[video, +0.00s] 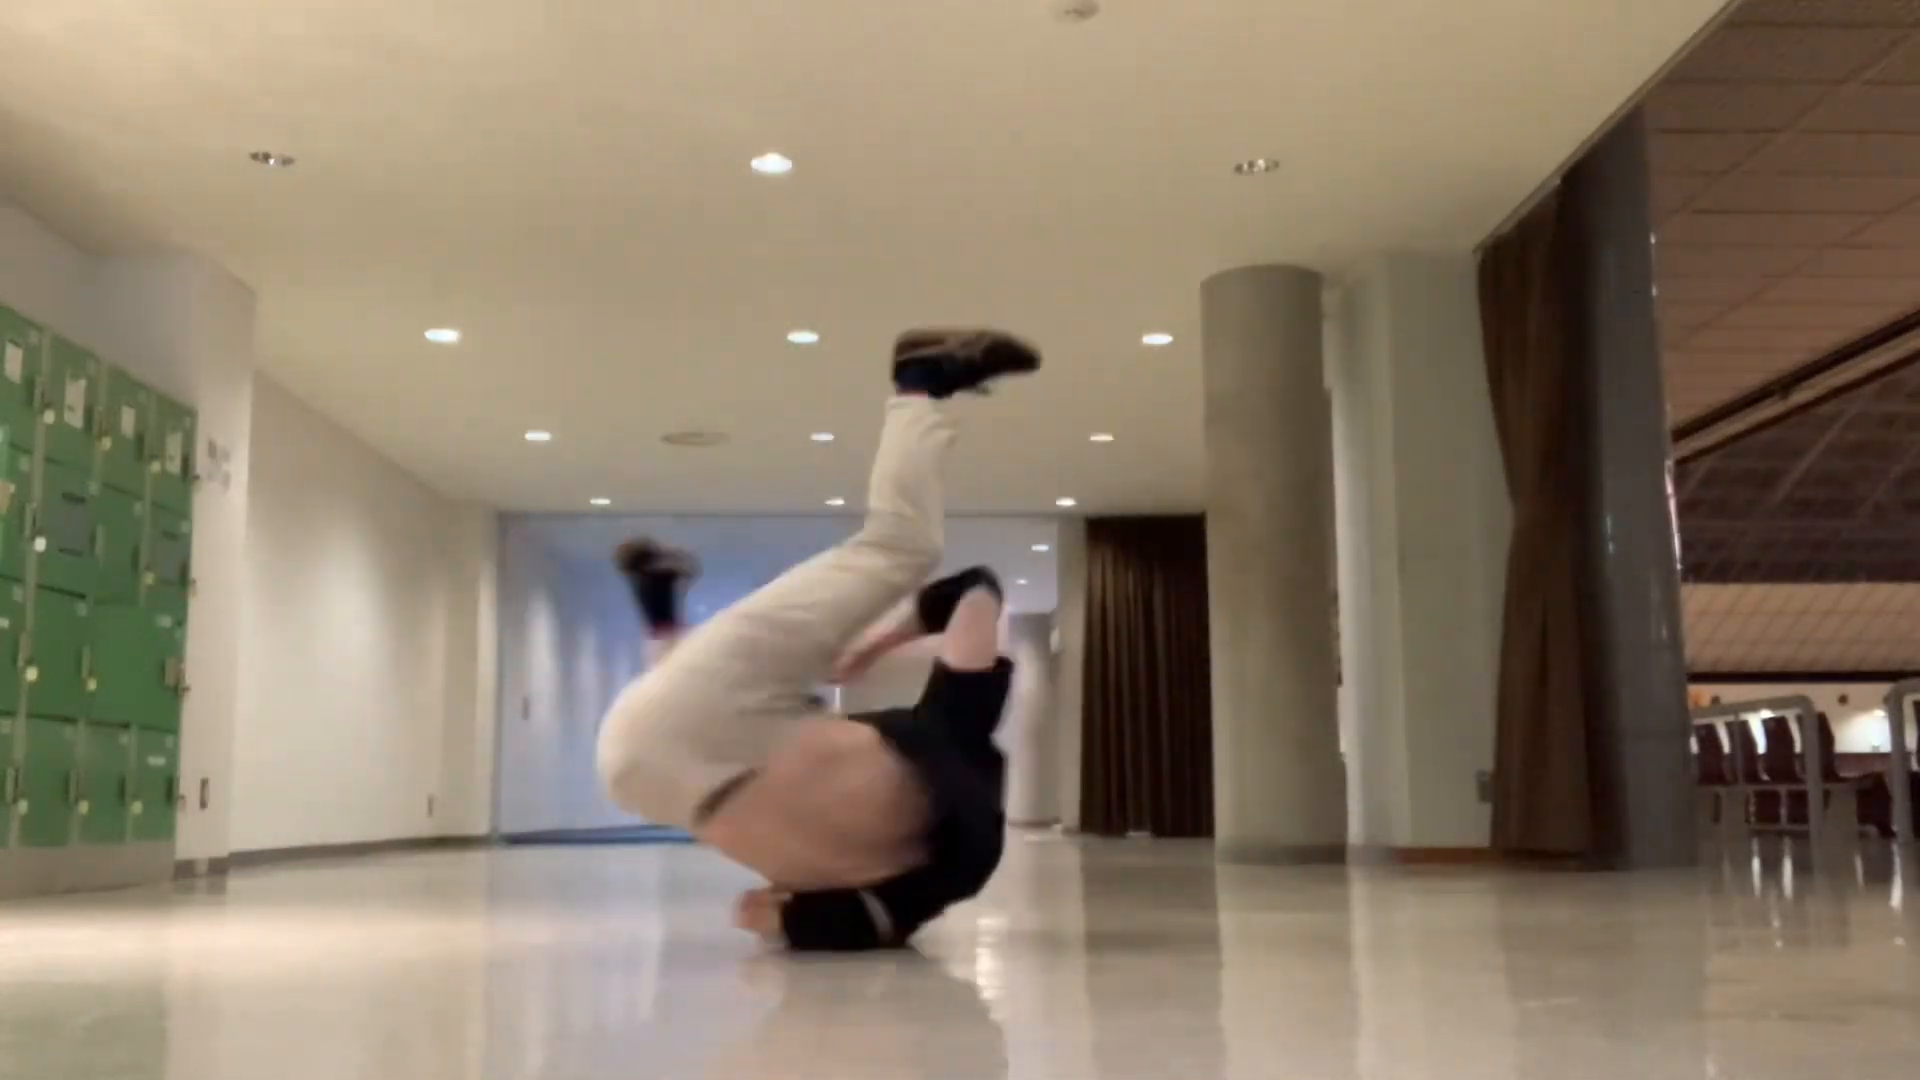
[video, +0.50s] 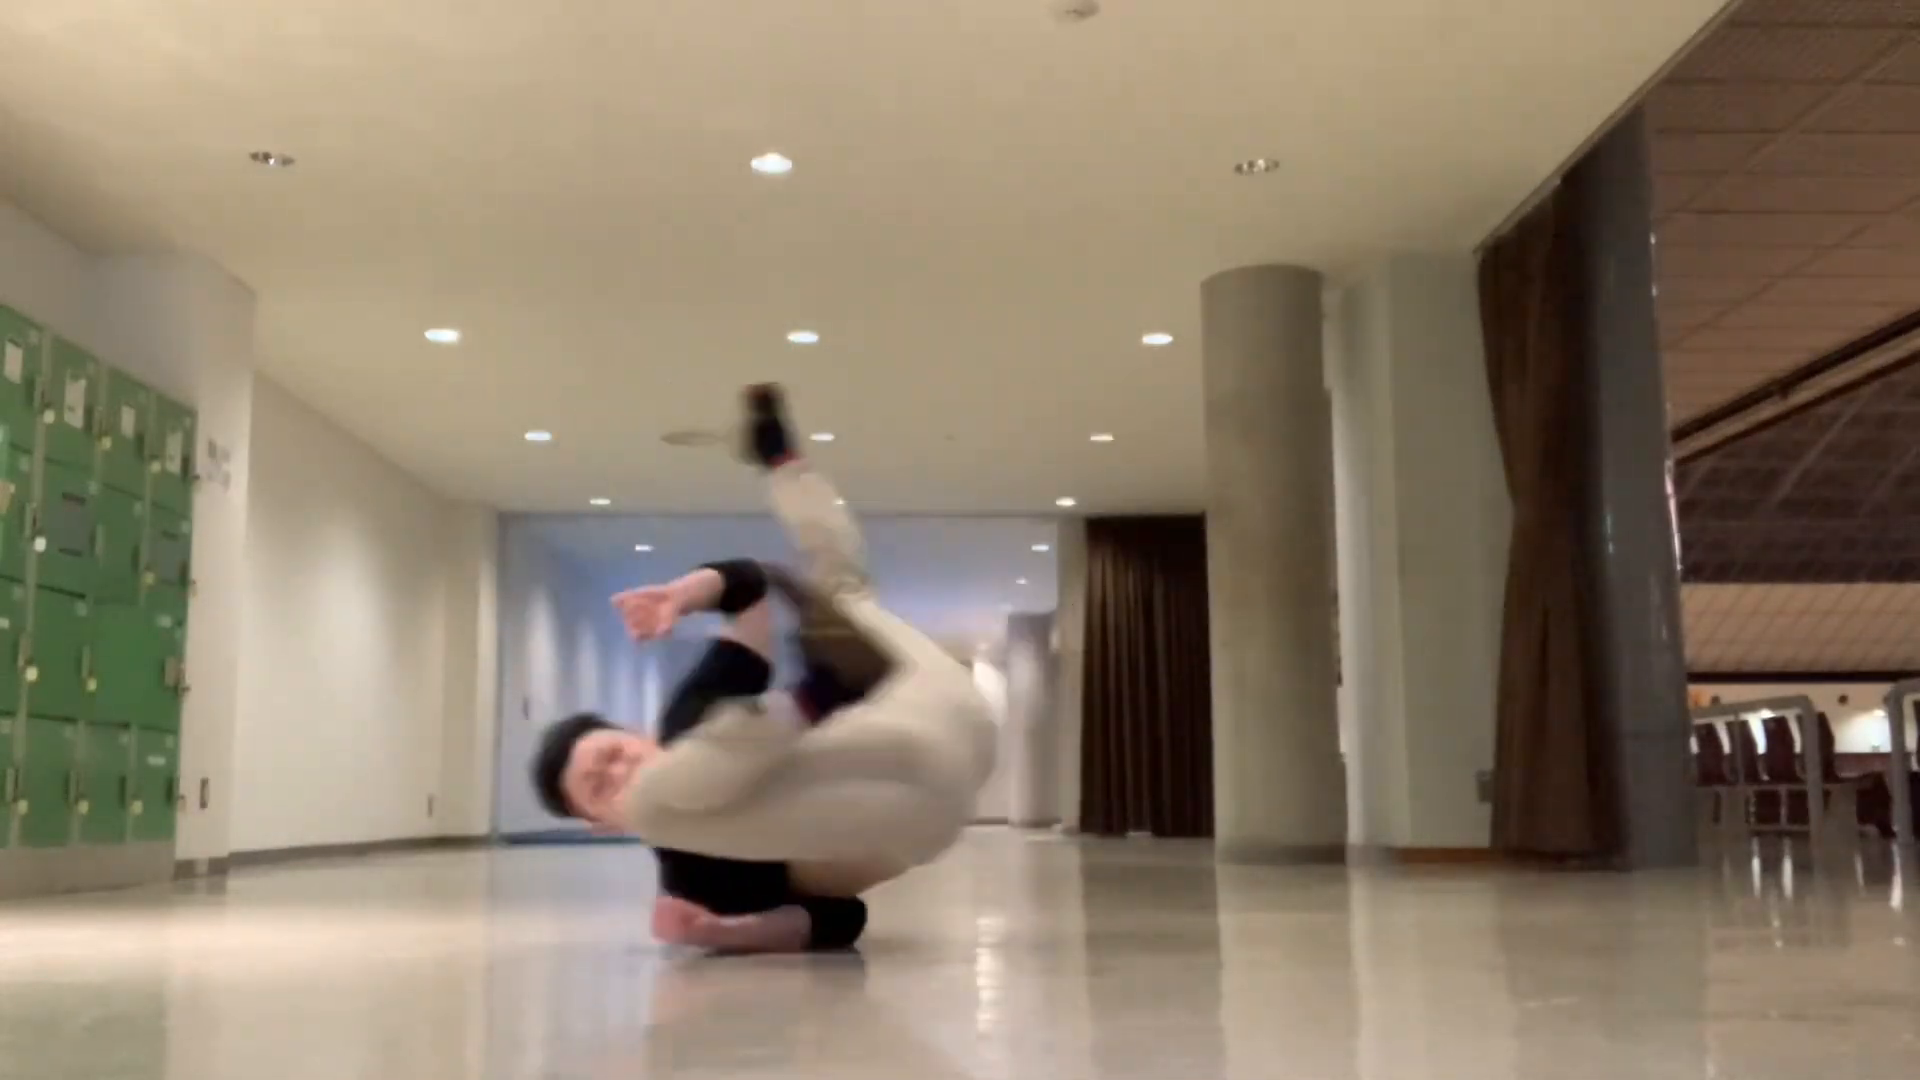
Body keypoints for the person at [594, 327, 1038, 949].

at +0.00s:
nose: (761, 910)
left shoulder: (958, 738)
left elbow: (976, 590)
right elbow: (753, 913)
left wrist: (877, 647)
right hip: (640, 784)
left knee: (899, 549)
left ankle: (923, 385)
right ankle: (661, 620)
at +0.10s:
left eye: (1035, 734)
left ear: (1025, 738)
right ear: (1043, 826)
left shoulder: (956, 713)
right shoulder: (919, 909)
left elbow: (938, 562)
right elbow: (761, 927)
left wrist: (944, 649)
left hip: (658, 731)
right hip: (677, 812)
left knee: (807, 550)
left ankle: (897, 367)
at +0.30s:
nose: (808, 776)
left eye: (789, 759)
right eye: (787, 795)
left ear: (755, 722)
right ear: (742, 836)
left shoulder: (683, 714)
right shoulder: (705, 895)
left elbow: (670, 562)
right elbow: (755, 938)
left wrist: (803, 591)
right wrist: (842, 929)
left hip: (848, 716)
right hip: (902, 805)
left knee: (710, 607)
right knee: (965, 798)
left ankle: (646, 413)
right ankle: (1017, 692)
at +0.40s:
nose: (667, 762)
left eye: (647, 744)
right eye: (639, 778)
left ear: (631, 723)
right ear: (610, 825)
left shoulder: (641, 691)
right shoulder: (673, 901)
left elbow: (658, 580)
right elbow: (832, 927)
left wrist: (681, 588)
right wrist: (804, 930)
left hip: (895, 720)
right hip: (968, 822)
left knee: (749, 607)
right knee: (794, 807)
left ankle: (670, 447)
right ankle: (1001, 692)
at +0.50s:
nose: (617, 771)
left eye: (612, 752)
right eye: (598, 786)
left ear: (639, 736)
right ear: (598, 826)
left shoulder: (698, 722)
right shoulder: (697, 888)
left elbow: (752, 592)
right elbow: (842, 923)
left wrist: (682, 597)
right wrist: (719, 933)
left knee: (831, 600)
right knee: (657, 802)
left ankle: (783, 463)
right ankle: (783, 712)